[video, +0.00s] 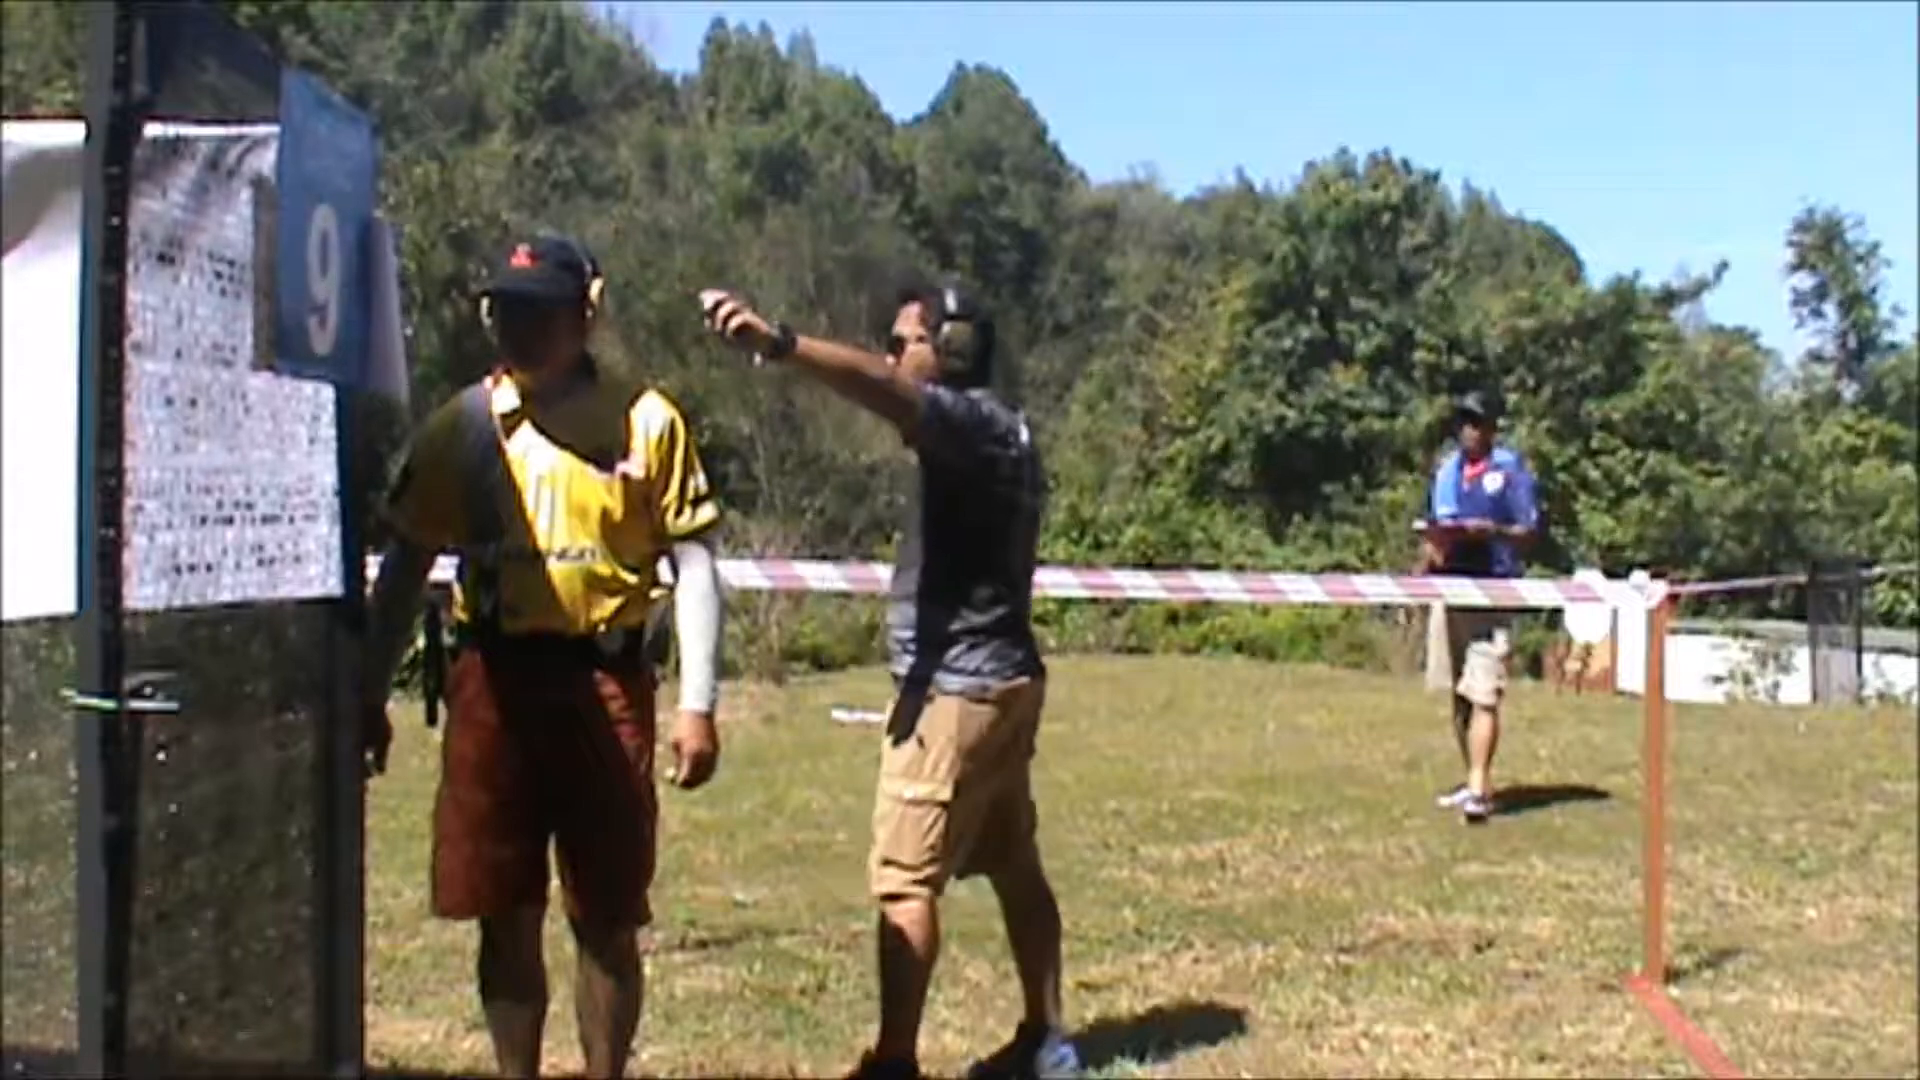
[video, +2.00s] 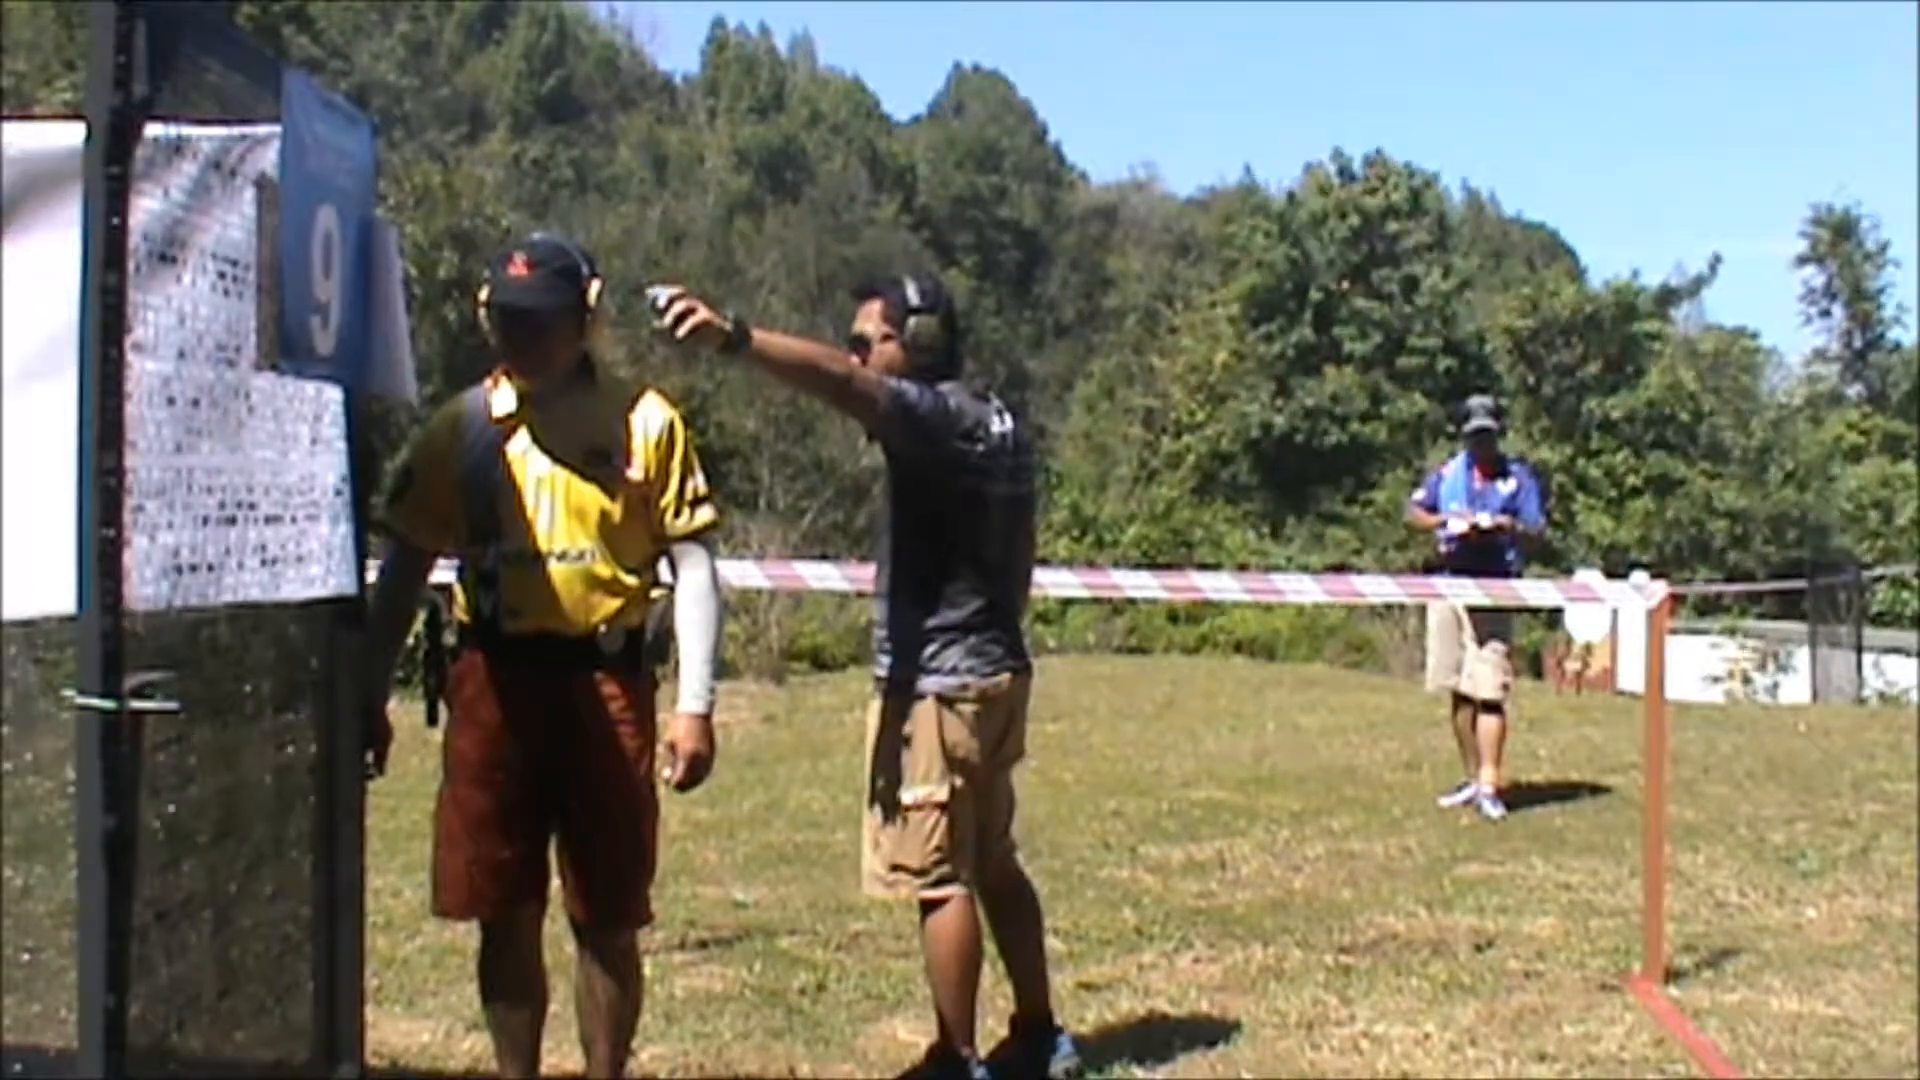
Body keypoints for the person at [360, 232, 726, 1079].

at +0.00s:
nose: (516, 327)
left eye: (537, 312)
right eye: (505, 309)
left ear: (585, 318)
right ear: (491, 313)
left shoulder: (647, 423)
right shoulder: (464, 426)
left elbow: (694, 564)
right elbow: (406, 564)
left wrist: (697, 700)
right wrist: (370, 695)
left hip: (607, 692)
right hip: (495, 692)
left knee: (607, 925)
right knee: (504, 917)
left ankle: (605, 1072)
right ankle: (517, 1073)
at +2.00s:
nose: (519, 338)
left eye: (539, 323)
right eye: (507, 320)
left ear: (586, 323)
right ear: (490, 317)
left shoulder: (645, 424)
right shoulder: (463, 426)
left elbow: (693, 565)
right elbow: (405, 565)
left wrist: (695, 701)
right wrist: (369, 695)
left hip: (606, 692)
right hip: (495, 693)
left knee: (607, 923)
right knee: (503, 914)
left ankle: (607, 1071)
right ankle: (517, 1072)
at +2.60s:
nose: (516, 339)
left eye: (536, 324)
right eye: (505, 321)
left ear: (583, 325)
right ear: (489, 319)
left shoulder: (645, 424)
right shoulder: (465, 426)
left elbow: (692, 565)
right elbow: (405, 564)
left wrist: (694, 701)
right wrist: (369, 695)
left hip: (605, 694)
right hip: (495, 694)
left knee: (606, 925)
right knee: (503, 918)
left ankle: (606, 1072)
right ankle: (517, 1072)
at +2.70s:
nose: (516, 339)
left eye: (536, 324)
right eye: (505, 321)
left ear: (583, 325)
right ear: (490, 319)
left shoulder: (645, 424)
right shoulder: (465, 424)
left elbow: (692, 564)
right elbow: (405, 562)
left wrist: (694, 701)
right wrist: (370, 695)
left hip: (605, 693)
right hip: (495, 693)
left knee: (606, 924)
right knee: (503, 917)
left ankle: (606, 1072)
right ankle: (517, 1072)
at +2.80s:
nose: (517, 339)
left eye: (537, 324)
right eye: (506, 321)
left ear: (584, 326)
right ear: (491, 319)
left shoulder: (645, 424)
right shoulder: (464, 425)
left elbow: (692, 564)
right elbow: (405, 564)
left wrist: (694, 701)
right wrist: (370, 696)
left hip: (605, 691)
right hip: (495, 692)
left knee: (606, 924)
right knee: (503, 915)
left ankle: (605, 1071)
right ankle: (517, 1072)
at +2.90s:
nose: (517, 339)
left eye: (537, 324)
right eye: (507, 321)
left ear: (585, 327)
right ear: (491, 319)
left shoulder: (646, 424)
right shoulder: (466, 425)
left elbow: (693, 565)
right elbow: (406, 565)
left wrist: (696, 701)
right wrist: (370, 696)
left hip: (606, 692)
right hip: (495, 692)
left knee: (606, 924)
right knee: (503, 915)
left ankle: (605, 1071)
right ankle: (517, 1072)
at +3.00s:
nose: (517, 340)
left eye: (537, 324)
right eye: (507, 321)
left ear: (585, 327)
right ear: (492, 319)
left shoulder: (646, 423)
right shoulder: (467, 425)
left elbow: (694, 565)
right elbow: (407, 567)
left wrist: (698, 701)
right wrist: (370, 697)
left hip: (607, 693)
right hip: (496, 693)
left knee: (607, 924)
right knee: (504, 916)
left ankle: (605, 1071)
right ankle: (518, 1072)